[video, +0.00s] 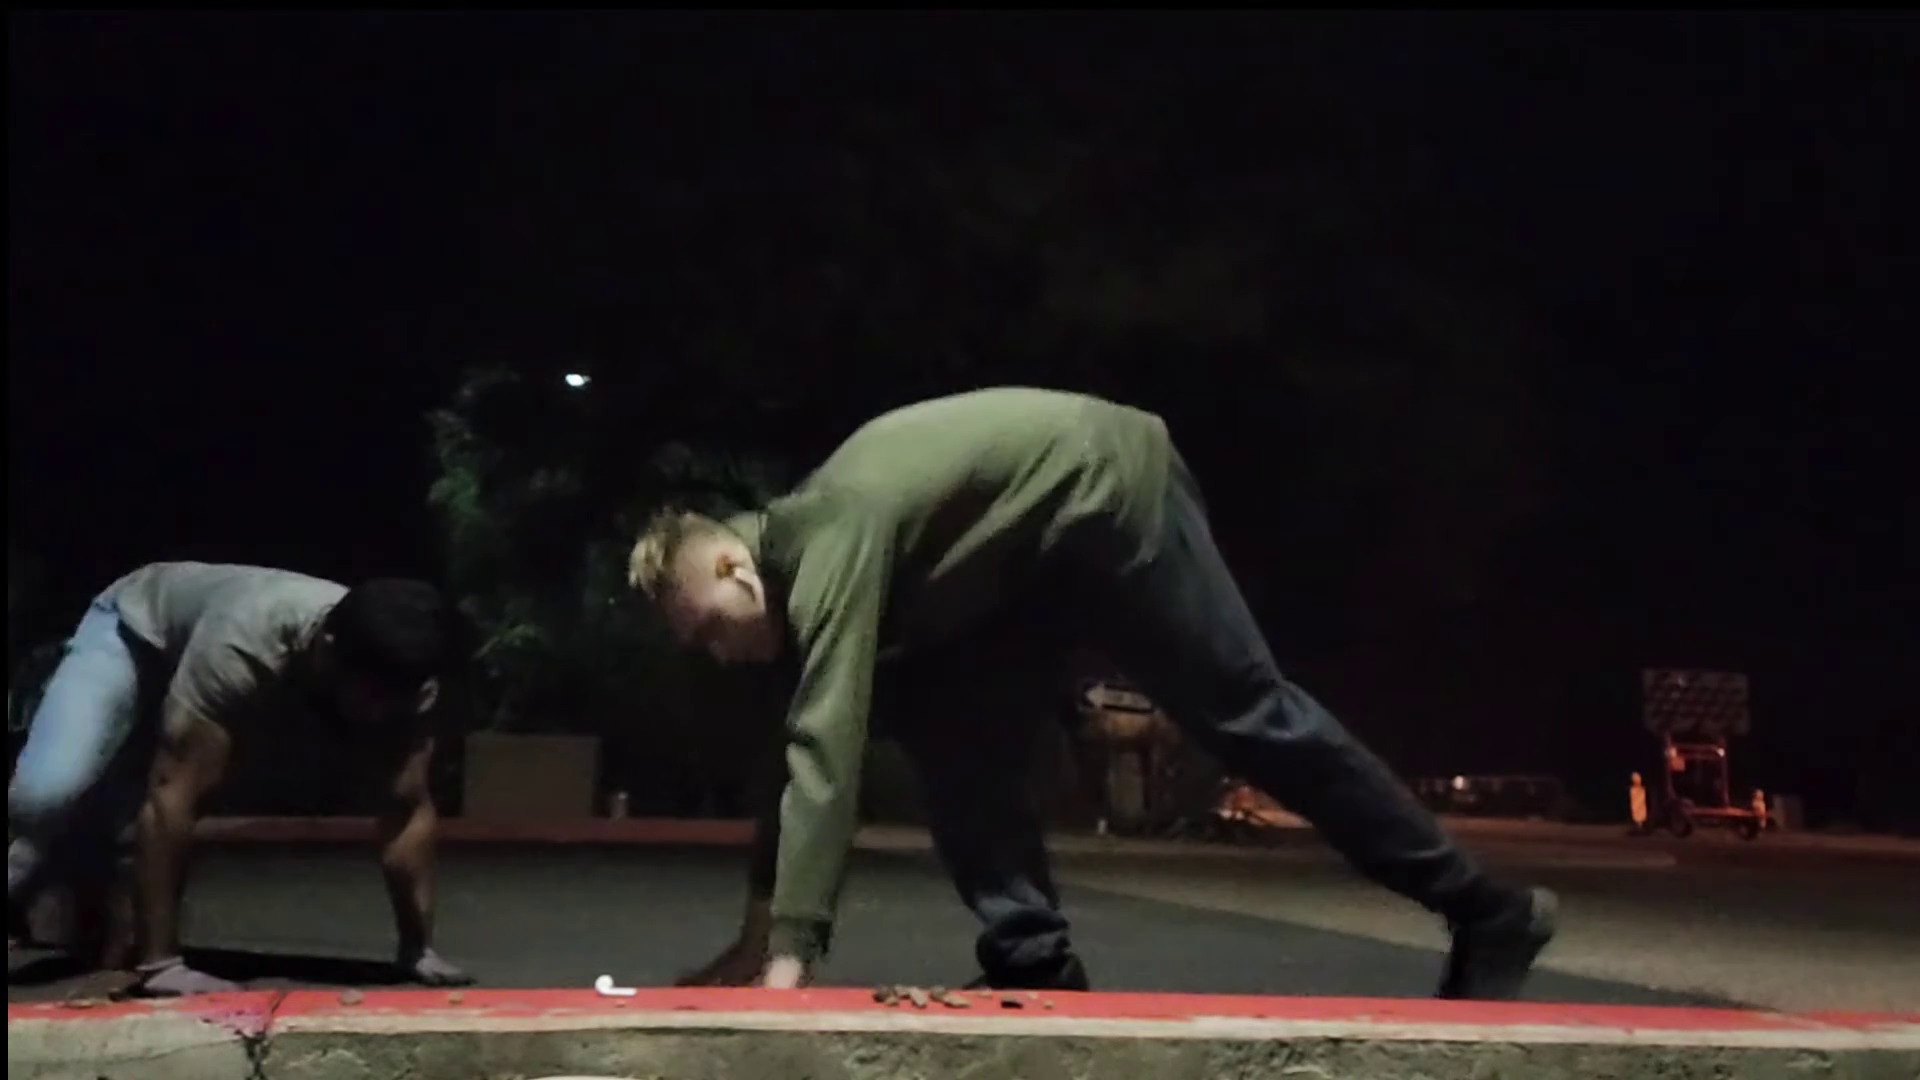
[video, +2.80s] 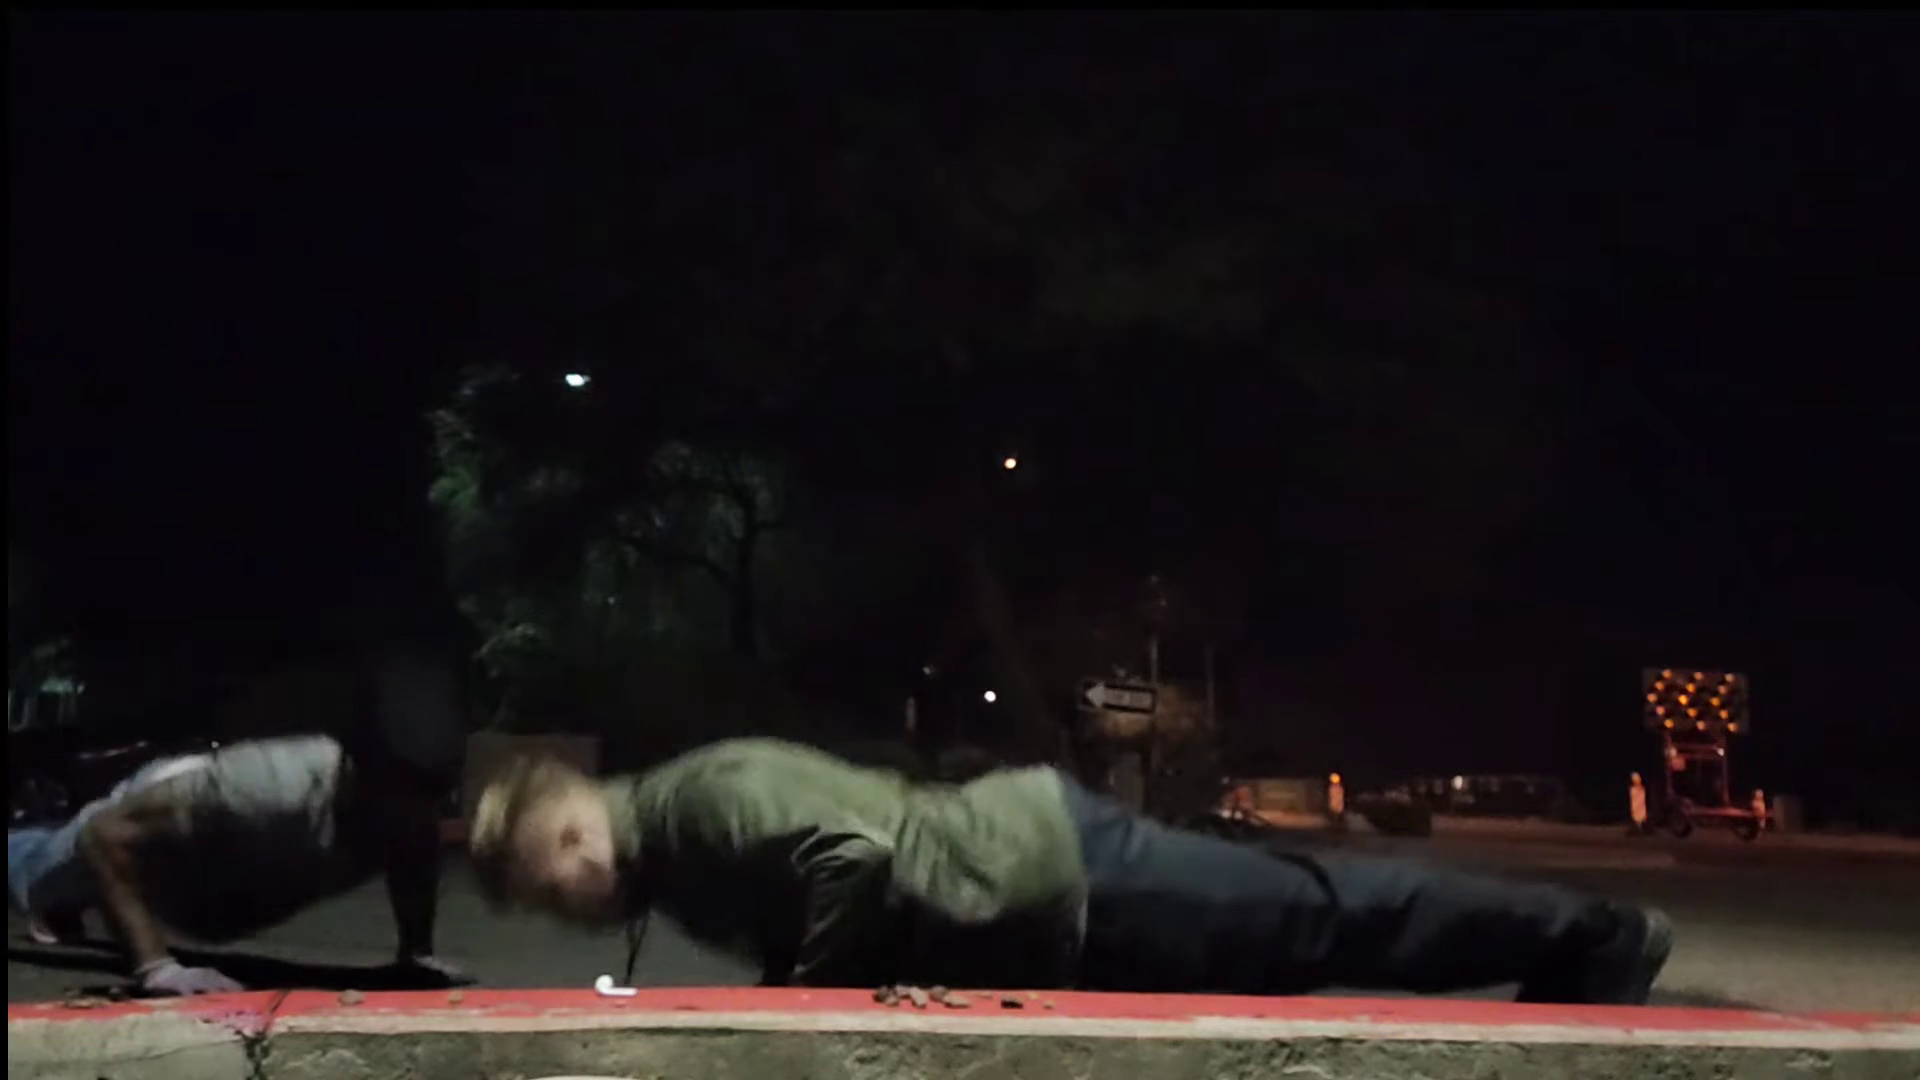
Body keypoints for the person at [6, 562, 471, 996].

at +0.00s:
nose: (394, 714)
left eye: (407, 699)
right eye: (383, 696)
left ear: (421, 682)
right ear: (330, 655)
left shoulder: (411, 680)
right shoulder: (239, 644)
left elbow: (410, 811)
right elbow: (170, 797)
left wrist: (417, 950)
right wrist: (160, 961)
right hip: (134, 626)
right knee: (45, 793)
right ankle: (33, 854)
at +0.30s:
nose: (397, 687)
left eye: (407, 671)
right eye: (380, 668)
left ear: (419, 663)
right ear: (327, 644)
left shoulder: (412, 686)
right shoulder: (225, 651)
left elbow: (409, 812)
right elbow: (161, 803)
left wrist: (418, 951)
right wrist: (158, 960)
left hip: (211, 719)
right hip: (123, 697)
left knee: (76, 850)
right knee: (34, 845)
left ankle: (17, 901)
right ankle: (13, 905)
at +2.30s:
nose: (395, 665)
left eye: (406, 650)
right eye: (380, 644)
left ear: (414, 646)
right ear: (332, 631)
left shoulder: (407, 691)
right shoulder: (233, 655)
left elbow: (410, 818)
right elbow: (157, 807)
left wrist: (418, 950)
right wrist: (157, 960)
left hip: (224, 767)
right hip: (134, 732)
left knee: (131, 843)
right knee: (37, 819)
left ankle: (57, 891)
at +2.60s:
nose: (403, 706)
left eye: (414, 691)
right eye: (392, 688)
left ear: (425, 688)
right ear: (355, 672)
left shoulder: (415, 727)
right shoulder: (260, 696)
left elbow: (410, 840)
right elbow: (128, 818)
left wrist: (416, 949)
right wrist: (156, 962)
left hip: (217, 768)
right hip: (144, 742)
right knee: (41, 827)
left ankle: (61, 896)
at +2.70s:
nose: (414, 755)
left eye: (424, 741)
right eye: (407, 737)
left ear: (426, 735)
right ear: (372, 720)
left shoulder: (398, 756)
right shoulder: (270, 743)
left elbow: (411, 845)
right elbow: (113, 827)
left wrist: (416, 947)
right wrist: (155, 962)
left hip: (211, 817)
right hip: (144, 781)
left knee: (96, 871)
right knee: (36, 857)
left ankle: (61, 903)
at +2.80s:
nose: (439, 813)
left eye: (443, 794)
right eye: (427, 790)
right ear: (387, 769)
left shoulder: (398, 798)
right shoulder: (278, 790)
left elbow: (414, 863)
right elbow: (107, 838)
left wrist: (415, 953)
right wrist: (154, 963)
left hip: (206, 836)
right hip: (134, 823)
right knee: (38, 864)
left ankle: (60, 903)